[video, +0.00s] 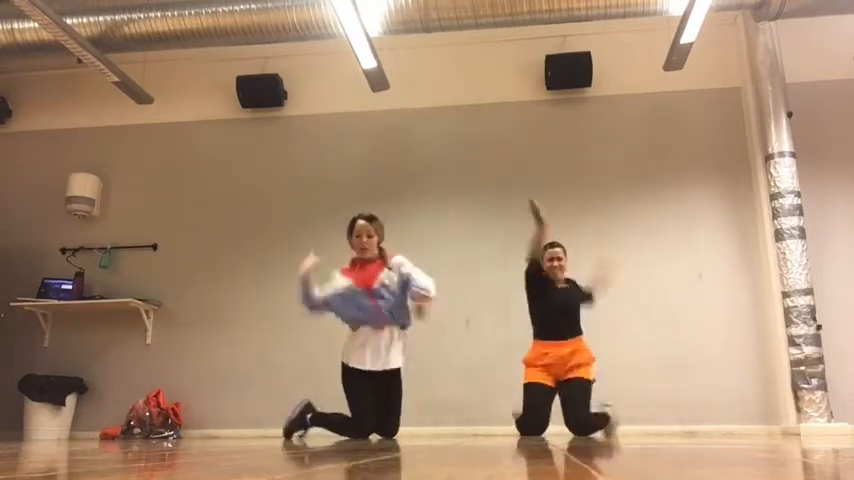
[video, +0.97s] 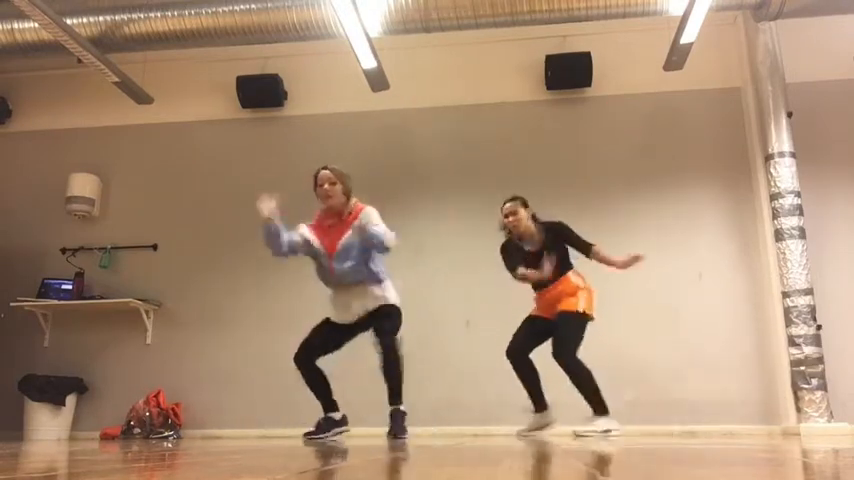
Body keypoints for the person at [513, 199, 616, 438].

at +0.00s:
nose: (555, 263)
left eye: (559, 258)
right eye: (550, 259)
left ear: (566, 262)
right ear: (542, 263)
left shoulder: (573, 288)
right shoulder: (537, 285)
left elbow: (589, 297)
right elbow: (533, 260)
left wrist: (599, 285)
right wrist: (540, 228)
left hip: (575, 361)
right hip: (542, 363)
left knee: (579, 427)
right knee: (532, 430)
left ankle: (605, 418)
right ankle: (520, 420)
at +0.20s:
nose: (566, 260)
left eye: (570, 255)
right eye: (560, 257)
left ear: (578, 259)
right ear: (553, 263)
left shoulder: (594, 287)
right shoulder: (547, 283)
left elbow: (600, 320)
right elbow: (515, 298)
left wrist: (584, 325)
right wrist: (514, 272)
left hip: (580, 359)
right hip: (546, 354)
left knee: (586, 429)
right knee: (530, 409)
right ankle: (498, 413)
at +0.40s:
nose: (545, 256)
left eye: (549, 252)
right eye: (539, 254)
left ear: (558, 255)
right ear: (534, 261)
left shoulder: (568, 268)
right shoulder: (538, 291)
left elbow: (574, 231)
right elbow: (548, 329)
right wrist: (516, 331)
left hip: (575, 350)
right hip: (548, 346)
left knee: (579, 424)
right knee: (505, 350)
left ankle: (627, 428)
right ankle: (524, 411)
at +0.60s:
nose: (522, 248)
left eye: (526, 243)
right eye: (517, 246)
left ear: (534, 246)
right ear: (511, 253)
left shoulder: (550, 254)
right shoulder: (516, 280)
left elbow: (586, 236)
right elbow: (501, 310)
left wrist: (615, 210)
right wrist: (489, 293)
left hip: (571, 336)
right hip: (546, 339)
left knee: (583, 408)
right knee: (501, 356)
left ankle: (648, 429)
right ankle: (527, 421)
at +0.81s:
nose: (511, 220)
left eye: (515, 215)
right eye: (505, 217)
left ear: (525, 215)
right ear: (501, 224)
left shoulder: (542, 230)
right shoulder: (508, 252)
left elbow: (581, 247)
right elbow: (512, 292)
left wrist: (570, 258)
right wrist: (517, 270)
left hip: (570, 300)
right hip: (543, 306)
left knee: (573, 360)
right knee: (516, 351)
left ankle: (625, 392)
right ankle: (526, 420)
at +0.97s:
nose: (509, 219)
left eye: (513, 213)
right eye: (505, 217)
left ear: (528, 211)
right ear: (504, 223)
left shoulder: (554, 230)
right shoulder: (509, 248)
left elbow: (589, 249)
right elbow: (518, 272)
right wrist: (540, 275)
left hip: (574, 296)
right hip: (547, 305)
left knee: (563, 354)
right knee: (515, 352)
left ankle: (603, 417)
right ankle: (542, 413)